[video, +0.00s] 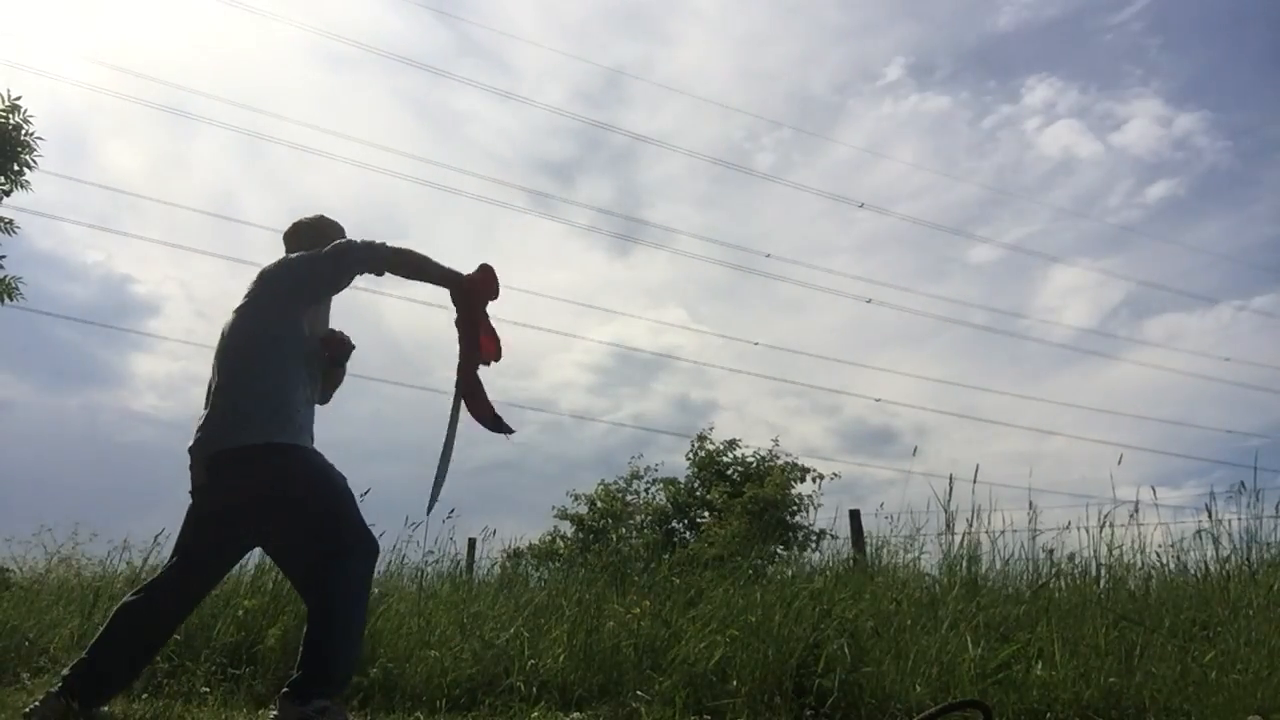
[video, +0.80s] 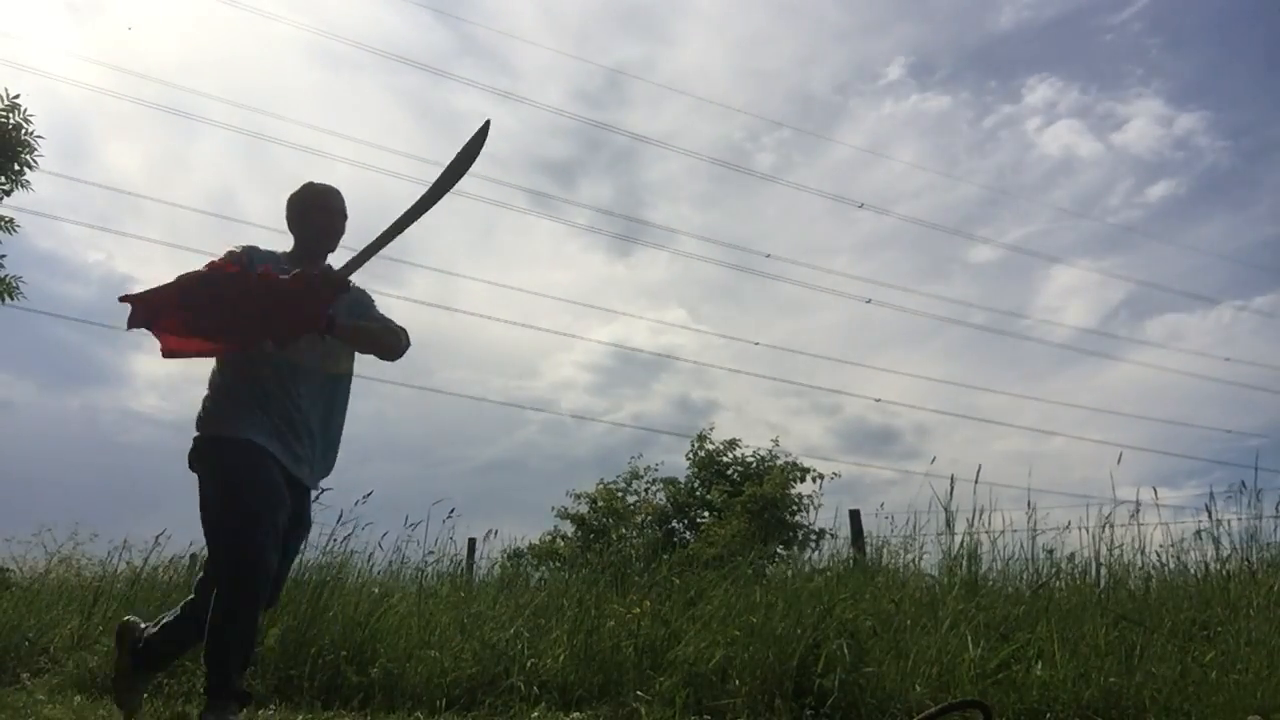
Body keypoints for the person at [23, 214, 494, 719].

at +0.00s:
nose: (342, 261)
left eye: (342, 251)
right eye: (338, 251)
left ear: (296, 244)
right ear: (314, 246)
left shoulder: (265, 318)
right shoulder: (291, 279)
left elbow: (319, 393)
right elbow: (376, 254)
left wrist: (333, 360)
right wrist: (458, 283)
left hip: (220, 463)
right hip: (276, 454)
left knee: (178, 584)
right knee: (350, 557)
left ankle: (75, 695)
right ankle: (314, 696)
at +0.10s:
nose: (335, 262)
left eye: (335, 253)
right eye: (328, 250)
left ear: (285, 247)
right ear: (298, 246)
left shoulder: (252, 303)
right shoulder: (281, 285)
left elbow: (303, 392)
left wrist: (319, 352)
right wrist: (419, 339)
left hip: (219, 464)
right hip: (269, 459)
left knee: (176, 591)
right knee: (338, 557)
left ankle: (71, 697)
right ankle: (311, 699)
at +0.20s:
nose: (323, 257)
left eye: (324, 247)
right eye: (316, 245)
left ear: (279, 249)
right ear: (285, 243)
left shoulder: (233, 302)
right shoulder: (262, 292)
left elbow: (223, 389)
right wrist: (350, 375)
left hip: (218, 470)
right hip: (261, 463)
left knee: (175, 593)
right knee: (328, 556)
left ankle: (70, 694)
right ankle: (311, 696)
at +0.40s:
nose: (313, 252)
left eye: (315, 243)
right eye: (307, 241)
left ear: (268, 240)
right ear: (279, 240)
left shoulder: (259, 298)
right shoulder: (256, 294)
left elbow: (265, 370)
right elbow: (220, 368)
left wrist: (304, 395)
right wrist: (285, 397)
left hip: (212, 463)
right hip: (240, 460)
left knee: (178, 589)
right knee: (284, 563)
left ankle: (70, 696)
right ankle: (306, 697)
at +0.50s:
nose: (307, 250)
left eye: (314, 243)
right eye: (297, 236)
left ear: (312, 254)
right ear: (266, 233)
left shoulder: (295, 320)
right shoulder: (221, 281)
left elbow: (310, 376)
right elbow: (168, 349)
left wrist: (316, 384)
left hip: (246, 451)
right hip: (207, 443)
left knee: (174, 591)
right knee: (277, 537)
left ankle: (69, 696)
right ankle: (285, 686)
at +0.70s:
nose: (326, 233)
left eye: (331, 227)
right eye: (316, 221)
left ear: (333, 238)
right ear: (285, 223)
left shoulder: (330, 304)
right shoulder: (242, 269)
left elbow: (375, 362)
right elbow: (179, 302)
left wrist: (332, 323)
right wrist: (233, 299)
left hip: (270, 456)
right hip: (224, 437)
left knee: (205, 567)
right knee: (254, 559)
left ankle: (91, 675)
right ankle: (224, 700)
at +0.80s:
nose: (331, 224)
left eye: (338, 217)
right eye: (321, 213)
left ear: (344, 228)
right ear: (295, 217)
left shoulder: (347, 295)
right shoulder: (253, 263)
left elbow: (396, 342)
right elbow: (198, 298)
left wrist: (330, 321)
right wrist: (289, 290)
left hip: (298, 463)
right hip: (238, 437)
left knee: (259, 587)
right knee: (244, 572)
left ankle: (145, 651)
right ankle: (223, 701)